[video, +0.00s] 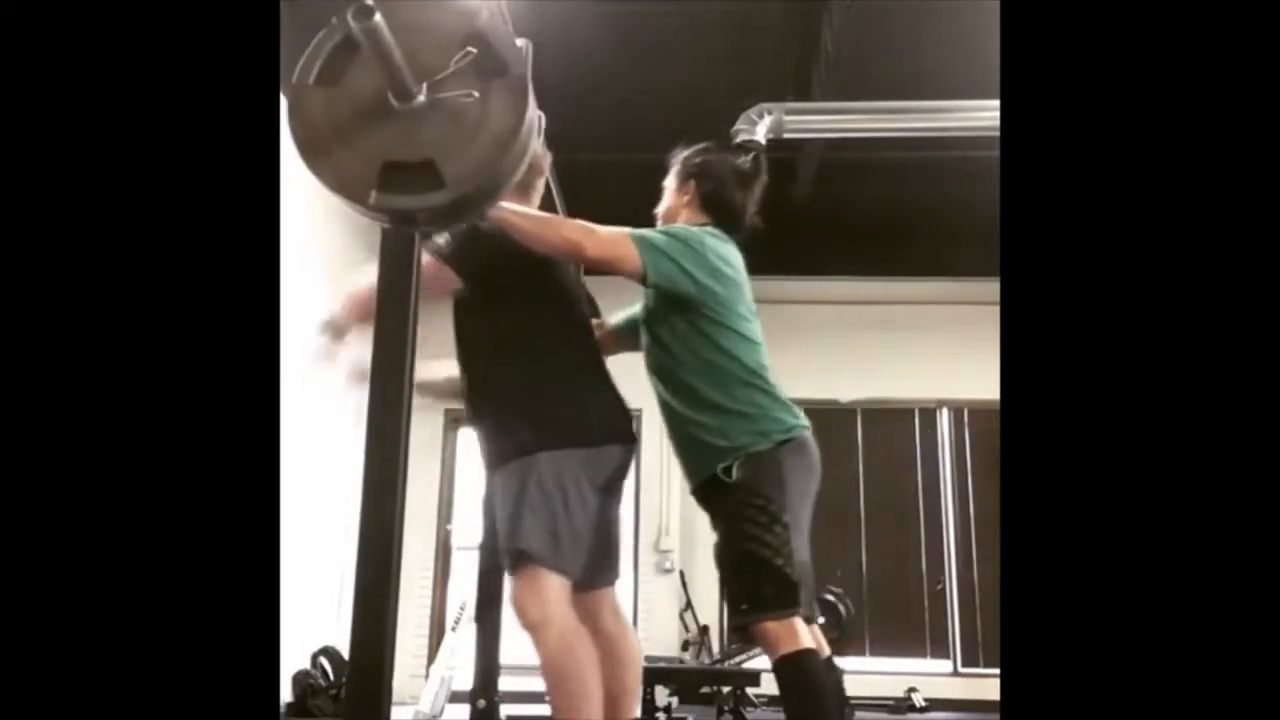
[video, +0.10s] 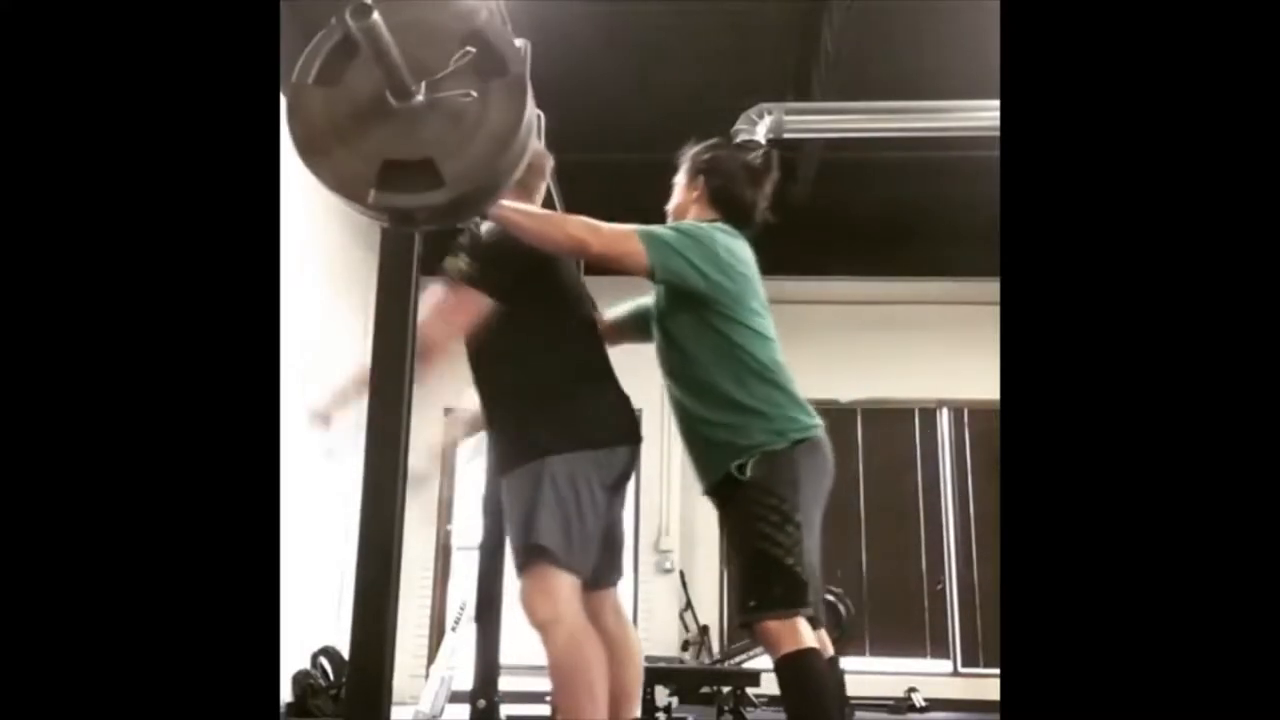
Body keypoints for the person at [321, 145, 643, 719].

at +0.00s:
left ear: (476, 172)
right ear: (542, 173)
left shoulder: (485, 236)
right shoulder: (552, 244)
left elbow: (399, 286)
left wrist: (344, 316)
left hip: (547, 442)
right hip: (598, 435)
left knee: (541, 602)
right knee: (596, 602)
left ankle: (582, 716)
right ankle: (623, 715)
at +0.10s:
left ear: (479, 176)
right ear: (539, 178)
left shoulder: (497, 240)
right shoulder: (549, 245)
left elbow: (430, 339)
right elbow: (549, 371)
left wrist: (341, 395)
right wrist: (465, 422)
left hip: (556, 443)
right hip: (603, 435)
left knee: (551, 604)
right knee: (600, 603)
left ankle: (585, 716)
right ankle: (624, 716)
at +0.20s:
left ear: (486, 178)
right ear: (544, 177)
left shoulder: (503, 245)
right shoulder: (548, 247)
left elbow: (473, 351)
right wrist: (506, 482)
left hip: (558, 444)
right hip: (599, 438)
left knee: (555, 602)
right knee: (599, 605)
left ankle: (586, 716)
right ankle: (623, 714)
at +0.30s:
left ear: (490, 171)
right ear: (543, 170)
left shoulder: (507, 239)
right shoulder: (544, 239)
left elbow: (510, 359)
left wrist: (525, 470)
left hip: (560, 442)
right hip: (594, 438)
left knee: (553, 604)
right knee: (597, 606)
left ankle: (587, 712)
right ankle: (622, 713)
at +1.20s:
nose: (535, 189)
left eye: (547, 177)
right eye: (522, 180)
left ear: (571, 190)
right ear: (504, 200)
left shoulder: (606, 250)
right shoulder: (501, 297)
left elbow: (628, 355)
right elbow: (474, 388)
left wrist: (589, 453)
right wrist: (438, 457)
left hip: (576, 454)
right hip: (513, 464)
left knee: (560, 591)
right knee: (535, 602)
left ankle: (592, 715)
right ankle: (565, 714)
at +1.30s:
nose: (551, 186)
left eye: (562, 174)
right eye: (536, 176)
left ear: (583, 187)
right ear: (515, 193)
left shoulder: (624, 250)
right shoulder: (507, 291)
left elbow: (662, 348)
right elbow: (478, 391)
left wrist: (665, 455)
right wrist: (452, 483)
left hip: (592, 449)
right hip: (516, 458)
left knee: (572, 581)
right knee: (543, 609)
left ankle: (615, 715)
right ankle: (573, 716)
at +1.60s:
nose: (643, 162)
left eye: (643, 151)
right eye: (629, 151)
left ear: (645, 156)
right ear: (581, 163)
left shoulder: (681, 234)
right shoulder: (530, 256)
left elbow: (735, 323)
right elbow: (507, 367)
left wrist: (764, 423)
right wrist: (513, 468)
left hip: (655, 451)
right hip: (563, 458)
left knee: (660, 596)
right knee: (570, 616)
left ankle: (671, 717)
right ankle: (574, 718)